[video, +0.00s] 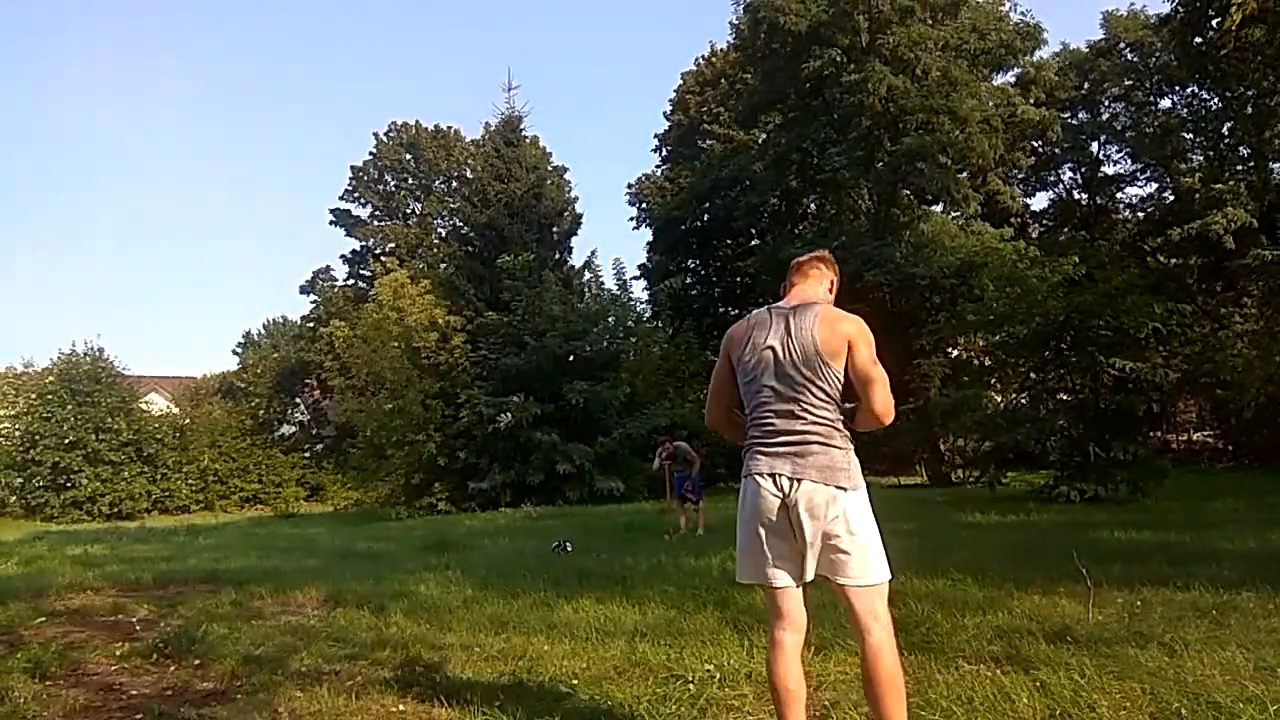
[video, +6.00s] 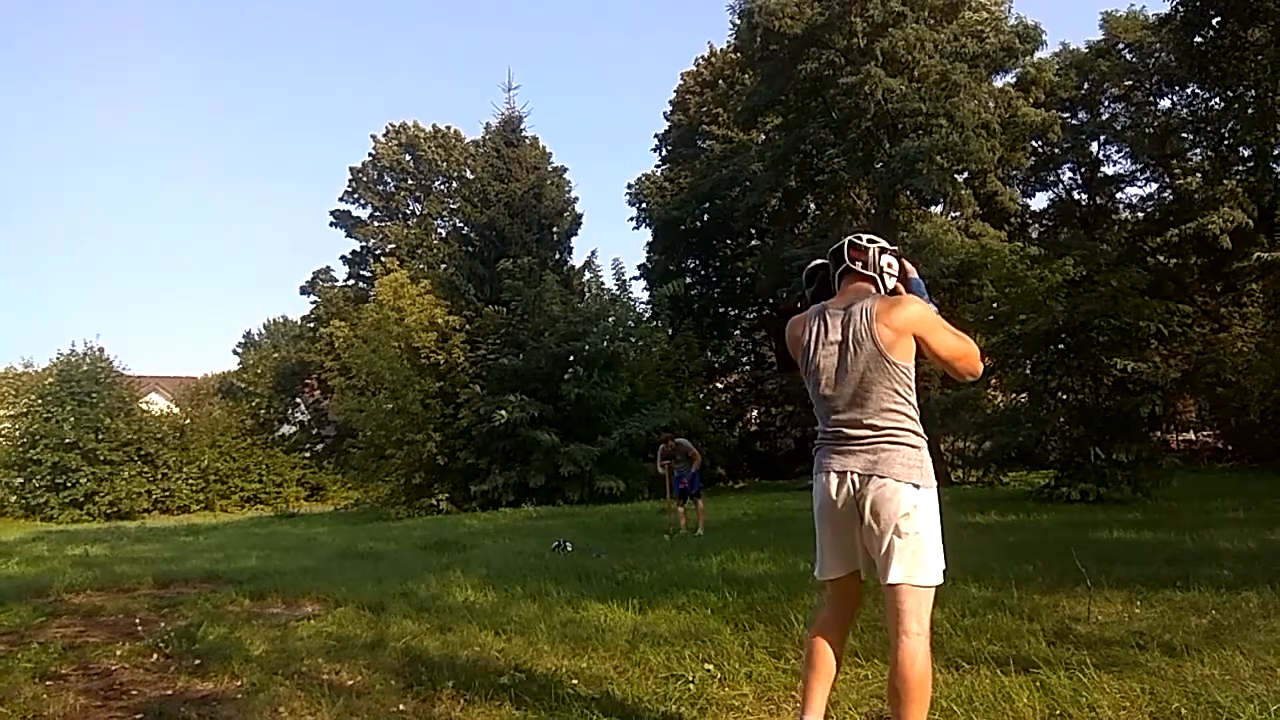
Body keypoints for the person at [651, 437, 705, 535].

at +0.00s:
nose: (667, 451)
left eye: (668, 448)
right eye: (665, 449)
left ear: (672, 444)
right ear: (662, 449)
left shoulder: (682, 447)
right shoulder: (661, 451)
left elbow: (696, 461)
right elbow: (655, 468)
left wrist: (692, 479)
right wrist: (660, 457)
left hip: (691, 472)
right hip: (678, 474)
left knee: (697, 502)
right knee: (679, 502)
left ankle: (700, 528)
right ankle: (683, 528)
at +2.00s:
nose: (667, 452)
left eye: (668, 449)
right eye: (664, 450)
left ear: (671, 446)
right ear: (661, 449)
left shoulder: (682, 447)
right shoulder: (660, 451)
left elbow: (696, 462)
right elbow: (650, 466)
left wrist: (692, 480)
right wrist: (659, 459)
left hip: (690, 473)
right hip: (677, 475)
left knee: (697, 501)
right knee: (679, 502)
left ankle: (700, 528)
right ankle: (683, 528)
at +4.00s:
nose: (668, 452)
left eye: (669, 449)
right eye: (665, 450)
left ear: (673, 445)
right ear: (662, 449)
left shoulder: (682, 447)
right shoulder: (661, 451)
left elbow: (697, 461)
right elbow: (653, 467)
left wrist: (692, 480)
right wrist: (660, 460)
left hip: (690, 472)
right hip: (677, 474)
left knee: (697, 501)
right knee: (679, 502)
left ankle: (700, 527)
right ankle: (683, 528)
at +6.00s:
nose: (669, 448)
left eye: (670, 446)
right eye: (667, 446)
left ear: (673, 442)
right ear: (664, 445)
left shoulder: (683, 443)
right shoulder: (662, 449)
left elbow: (697, 458)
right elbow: (659, 467)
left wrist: (692, 472)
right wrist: (664, 470)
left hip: (690, 473)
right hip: (678, 475)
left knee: (697, 500)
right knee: (680, 503)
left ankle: (700, 527)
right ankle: (683, 528)